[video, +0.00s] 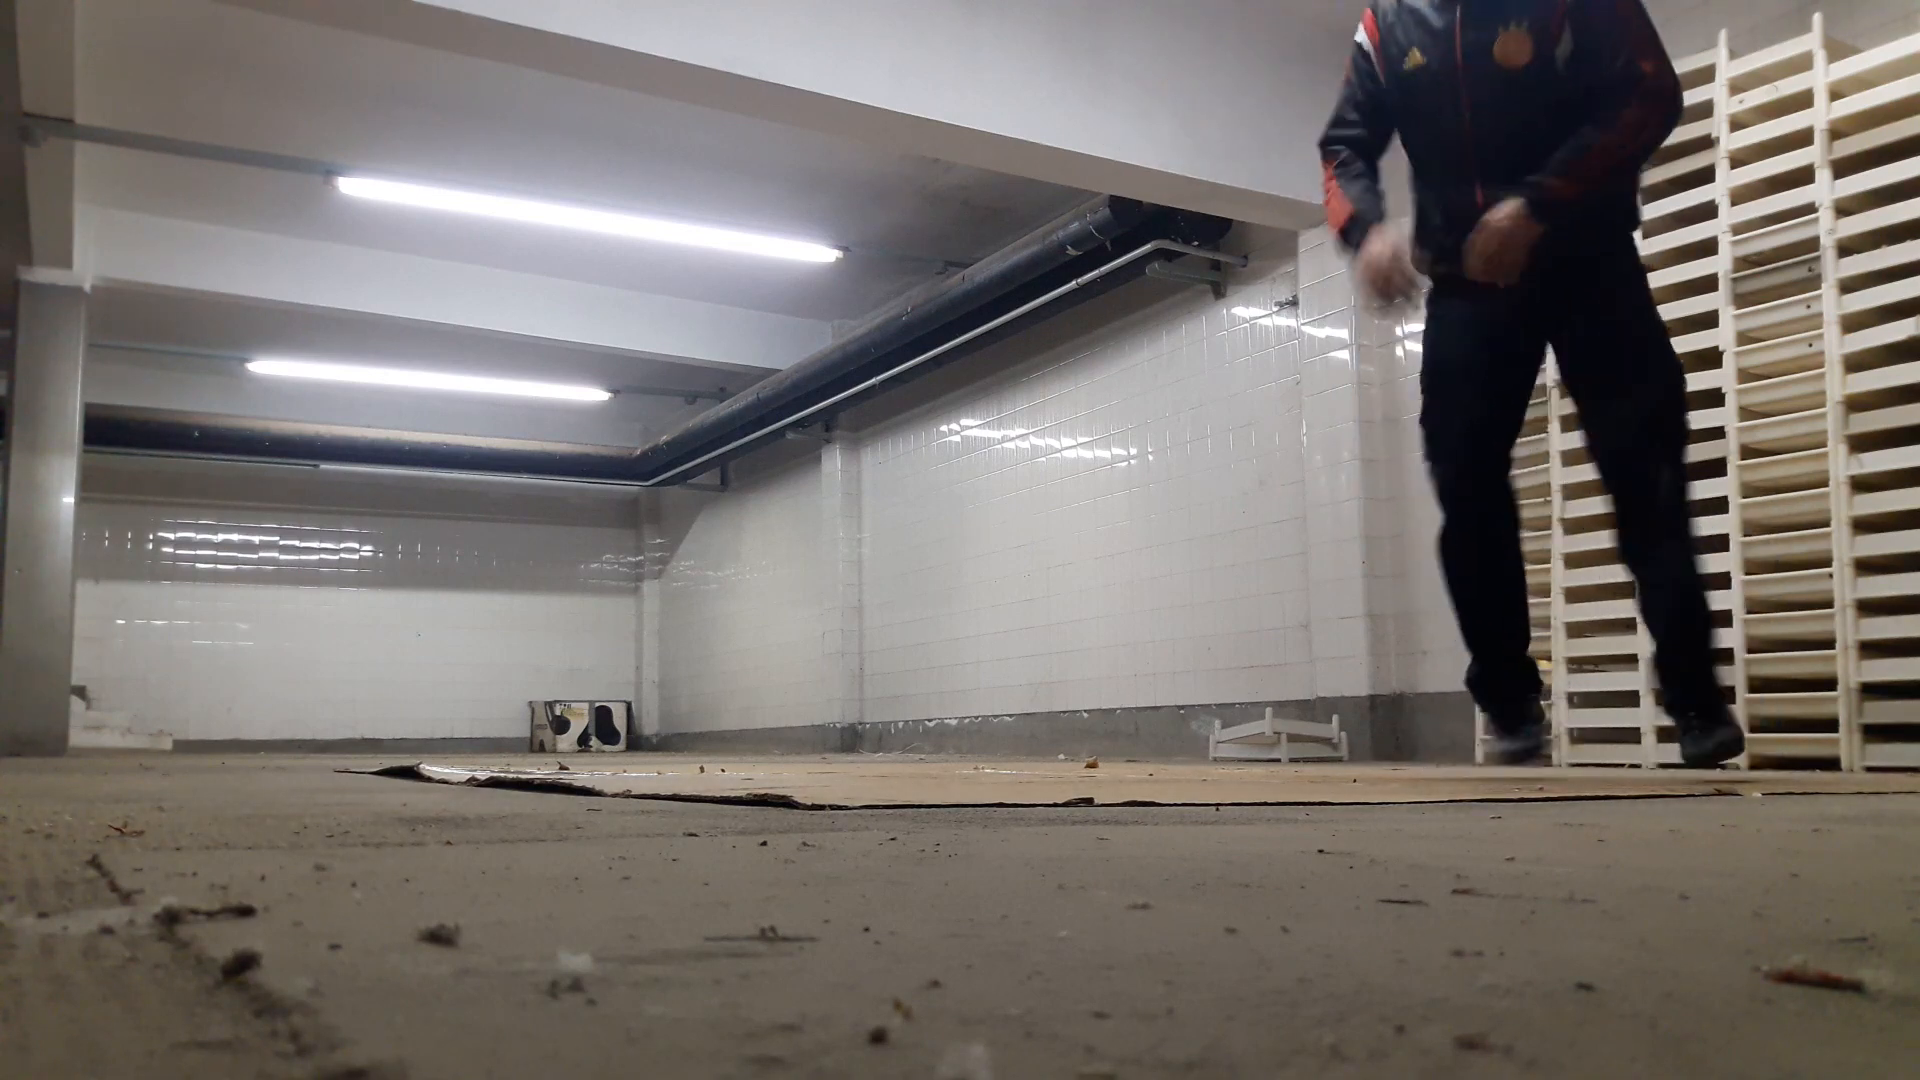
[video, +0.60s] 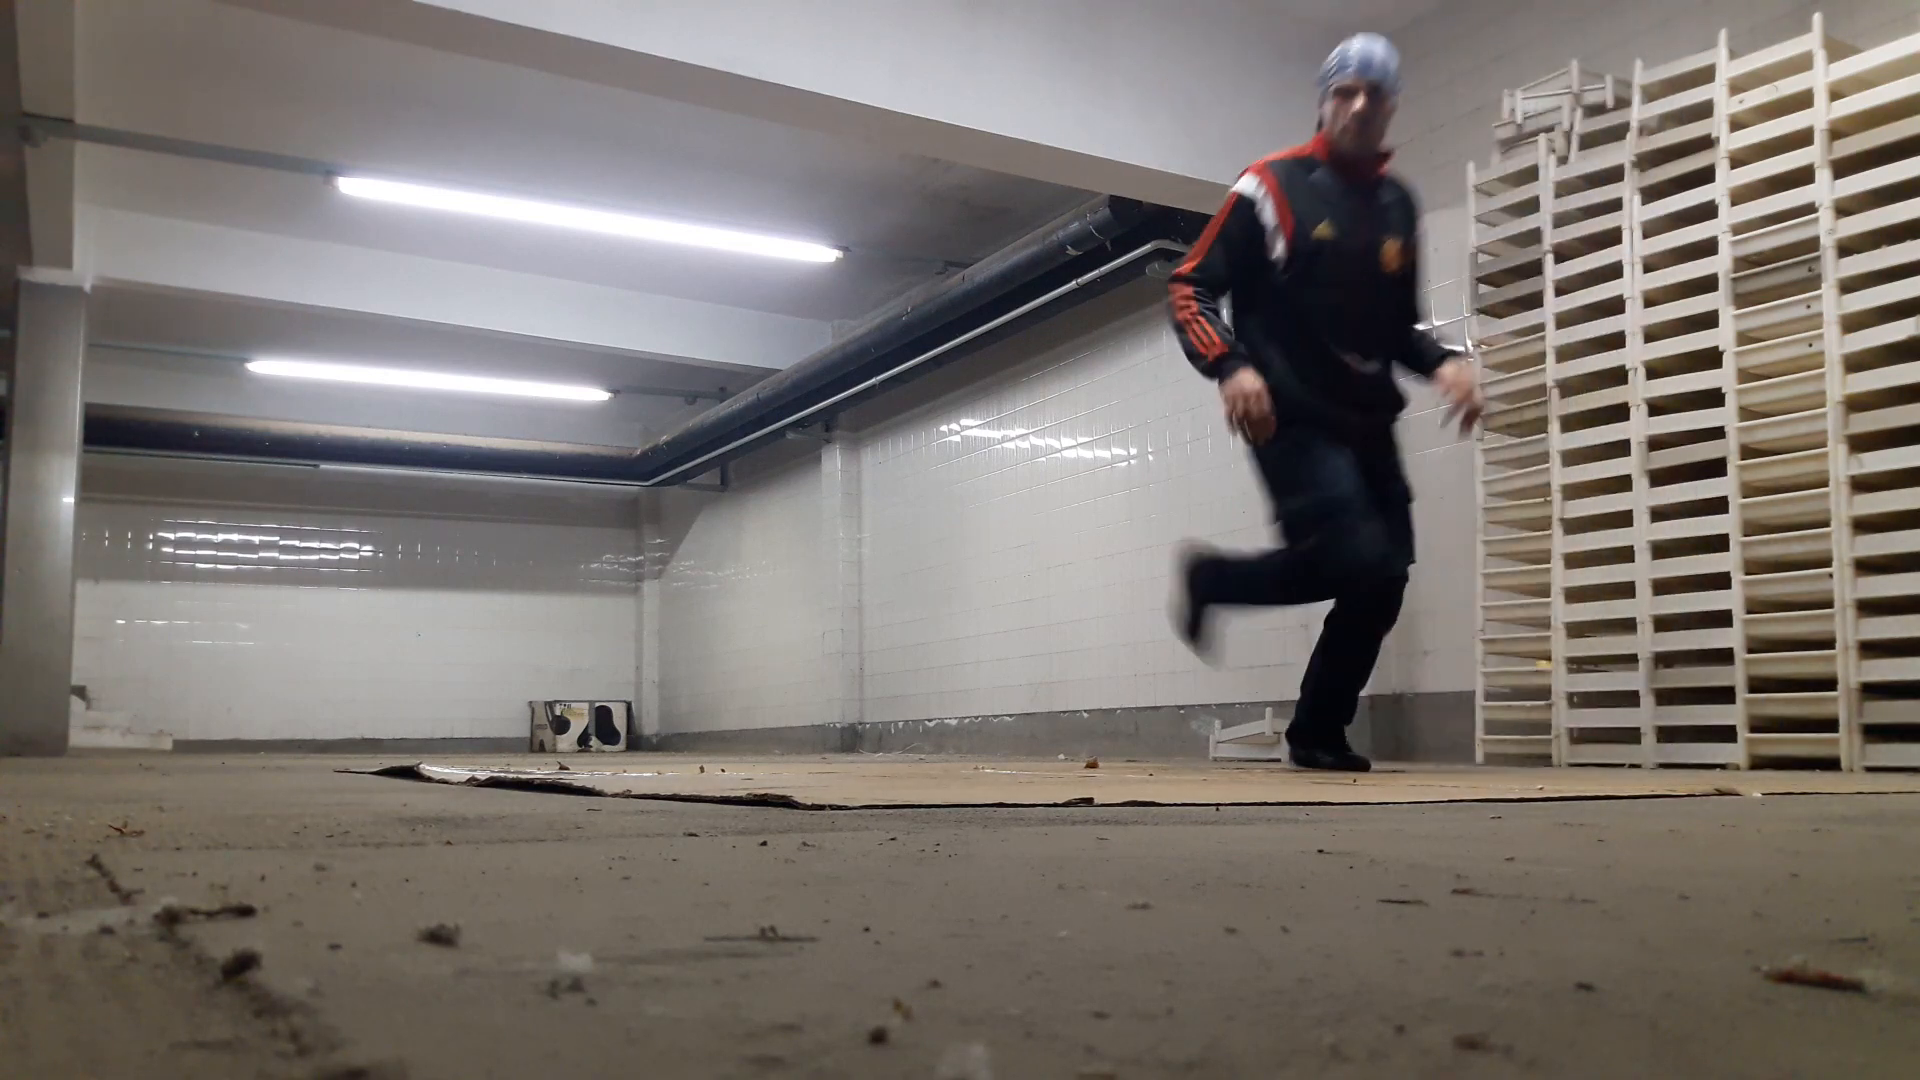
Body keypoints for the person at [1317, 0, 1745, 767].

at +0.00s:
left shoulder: (1583, 6)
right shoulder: (1391, 18)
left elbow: (1650, 95)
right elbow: (1346, 141)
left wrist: (1535, 204)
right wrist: (1364, 229)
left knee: (1648, 478)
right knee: (1467, 489)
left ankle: (1697, 702)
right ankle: (1509, 706)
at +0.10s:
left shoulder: (1580, 14)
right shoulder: (1387, 33)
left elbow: (1649, 115)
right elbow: (1338, 172)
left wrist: (1602, 214)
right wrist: (1318, 313)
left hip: (1573, 287)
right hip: (1462, 297)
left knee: (1611, 476)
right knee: (1506, 487)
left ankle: (1613, 698)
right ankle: (1549, 705)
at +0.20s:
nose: (1456, 19)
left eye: (1466, 7)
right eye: (1439, 11)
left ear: (1488, 8)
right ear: (1413, 15)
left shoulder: (1549, 75)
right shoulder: (1377, 105)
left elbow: (1622, 177)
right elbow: (1319, 253)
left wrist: (1662, 228)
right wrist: (1280, 385)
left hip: (1562, 341)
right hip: (1465, 355)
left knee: (1616, 502)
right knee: (1547, 518)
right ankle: (1576, 740)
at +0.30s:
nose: (1417, 16)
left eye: (1436, 4)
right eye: (1404, 5)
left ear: (1468, 15)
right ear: (1390, 19)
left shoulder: (1520, 109)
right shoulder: (1355, 127)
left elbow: (1569, 224)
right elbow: (1304, 266)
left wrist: (1646, 238)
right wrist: (1266, 395)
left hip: (1519, 354)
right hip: (1434, 359)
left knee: (1531, 531)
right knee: (1526, 519)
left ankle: (1397, 634)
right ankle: (1575, 737)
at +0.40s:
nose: (1401, 13)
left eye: (1419, 2)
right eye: (1388, 2)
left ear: (1445, 16)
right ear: (1371, 14)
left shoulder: (1482, 105)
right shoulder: (1328, 108)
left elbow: (1516, 217)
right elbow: (1271, 237)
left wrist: (1562, 241)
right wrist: (1255, 357)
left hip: (1453, 341)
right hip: (1372, 341)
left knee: (1437, 515)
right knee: (1447, 500)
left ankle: (1344, 665)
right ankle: (1519, 718)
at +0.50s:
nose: (1385, 56)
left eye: (1401, 43)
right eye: (1371, 41)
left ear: (1422, 56)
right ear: (1347, 52)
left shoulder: (1441, 149)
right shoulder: (1298, 137)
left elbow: (1459, 260)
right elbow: (1224, 250)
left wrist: (1495, 287)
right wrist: (1237, 361)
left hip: (1401, 366)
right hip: (1321, 361)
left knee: (1377, 540)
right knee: (1407, 495)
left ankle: (1329, 714)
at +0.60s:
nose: (1358, 108)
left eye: (1373, 95)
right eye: (1345, 94)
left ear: (1393, 106)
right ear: (1322, 101)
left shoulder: (1395, 202)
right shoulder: (1272, 184)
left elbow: (1394, 324)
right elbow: (1189, 288)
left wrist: (1444, 362)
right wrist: (1230, 368)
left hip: (1365, 417)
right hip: (1289, 410)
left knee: (1384, 574)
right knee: (1348, 555)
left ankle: (1317, 735)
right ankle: (1209, 579)